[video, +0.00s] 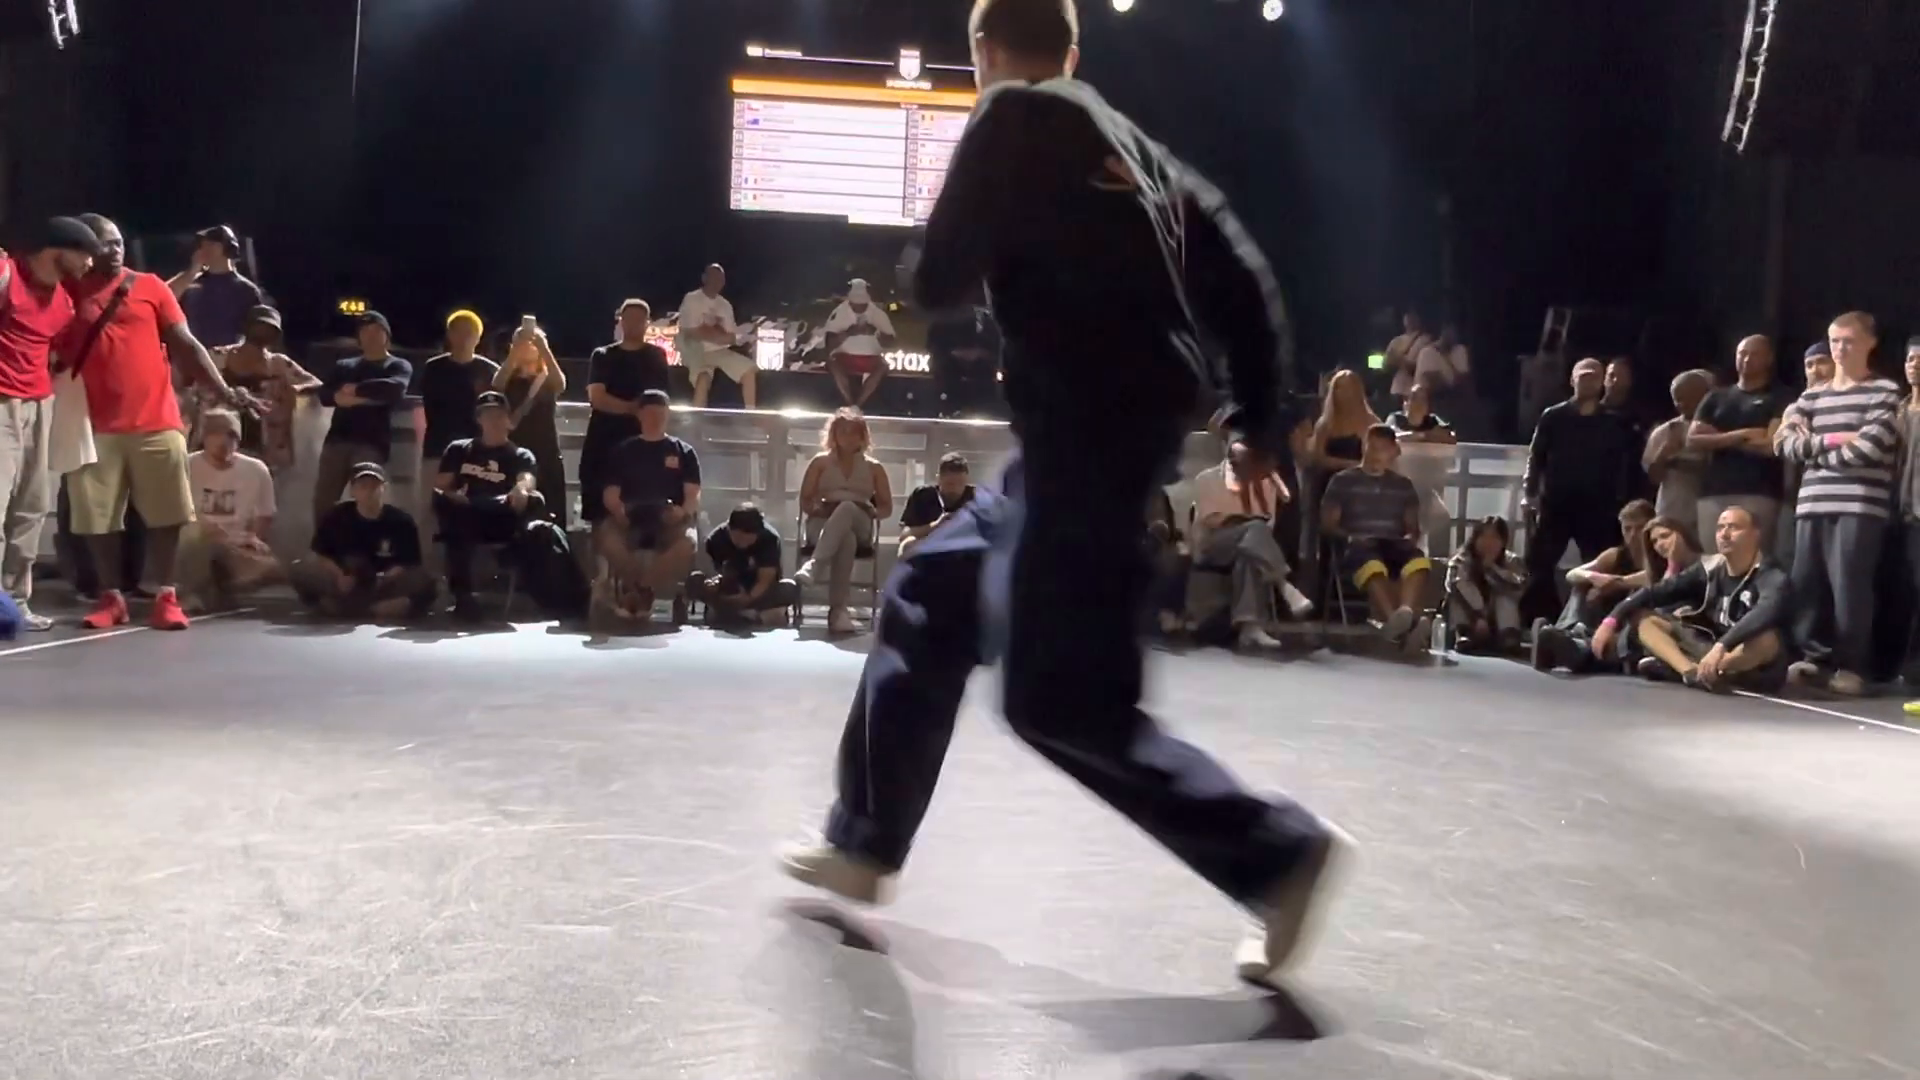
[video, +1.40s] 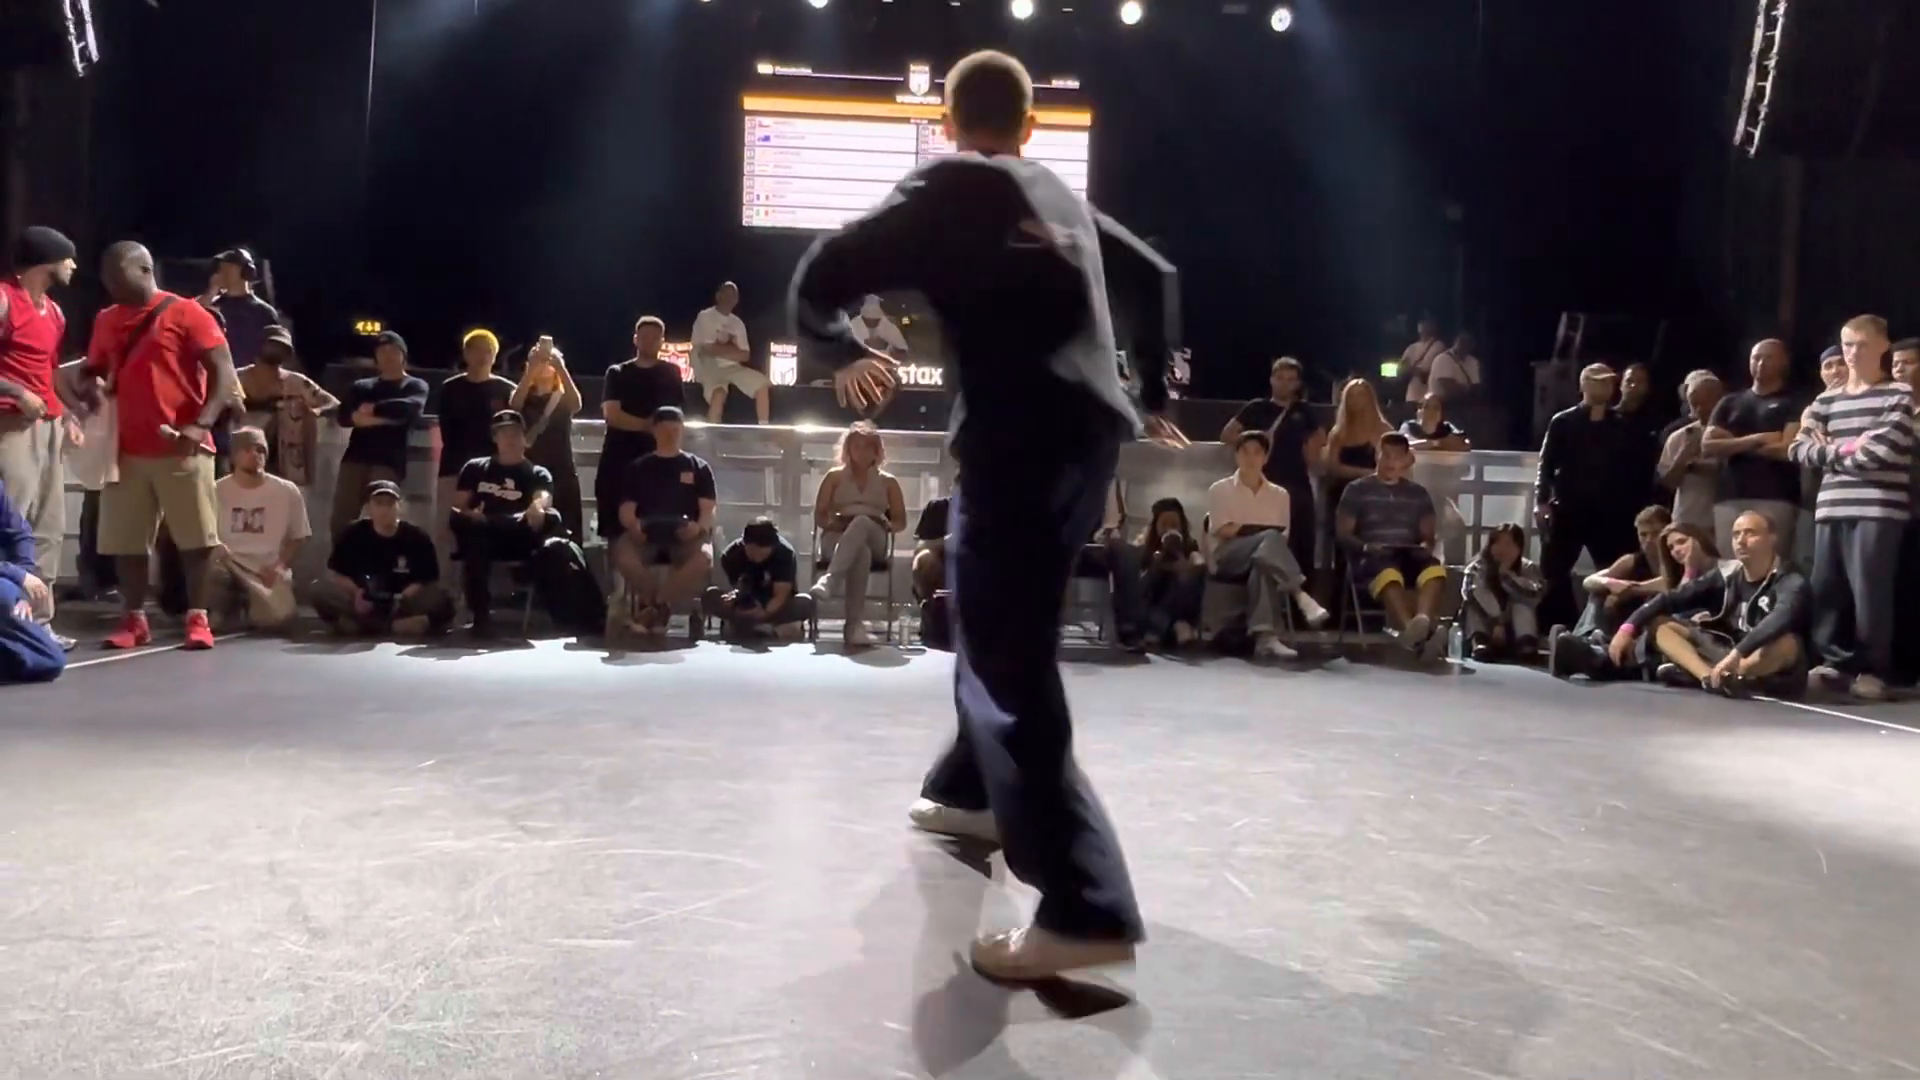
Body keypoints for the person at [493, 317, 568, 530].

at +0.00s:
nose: (528, 349)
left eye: (533, 345)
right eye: (523, 344)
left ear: (541, 350)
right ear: (513, 349)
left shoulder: (548, 379)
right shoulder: (507, 378)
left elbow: (559, 384)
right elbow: (497, 387)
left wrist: (544, 348)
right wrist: (515, 350)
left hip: (545, 447)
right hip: (514, 447)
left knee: (552, 509)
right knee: (514, 507)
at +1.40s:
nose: (545, 367)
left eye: (550, 362)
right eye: (539, 362)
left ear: (558, 368)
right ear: (529, 367)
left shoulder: (564, 397)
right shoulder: (523, 396)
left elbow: (576, 405)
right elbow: (514, 407)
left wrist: (560, 367)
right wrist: (530, 369)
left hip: (560, 466)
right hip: (530, 466)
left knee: (568, 527)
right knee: (529, 526)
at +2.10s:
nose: (552, 361)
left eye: (558, 356)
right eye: (546, 355)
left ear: (567, 359)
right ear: (538, 359)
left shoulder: (579, 391)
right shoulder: (529, 389)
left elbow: (584, 423)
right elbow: (525, 425)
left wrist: (566, 386)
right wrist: (541, 390)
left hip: (570, 463)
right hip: (539, 462)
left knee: (577, 523)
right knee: (540, 522)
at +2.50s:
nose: (558, 356)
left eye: (563, 351)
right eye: (553, 350)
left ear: (572, 355)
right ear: (545, 354)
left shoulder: (584, 386)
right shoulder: (535, 384)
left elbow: (592, 427)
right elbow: (532, 426)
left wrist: (574, 409)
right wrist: (553, 411)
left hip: (574, 454)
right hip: (544, 453)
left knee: (581, 513)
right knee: (543, 512)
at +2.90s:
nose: (564, 352)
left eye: (570, 347)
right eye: (559, 346)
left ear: (577, 351)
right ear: (550, 349)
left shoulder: (589, 383)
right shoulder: (538, 382)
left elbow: (601, 426)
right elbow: (533, 425)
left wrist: (579, 414)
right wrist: (552, 416)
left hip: (579, 450)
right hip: (547, 449)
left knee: (585, 509)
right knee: (547, 509)